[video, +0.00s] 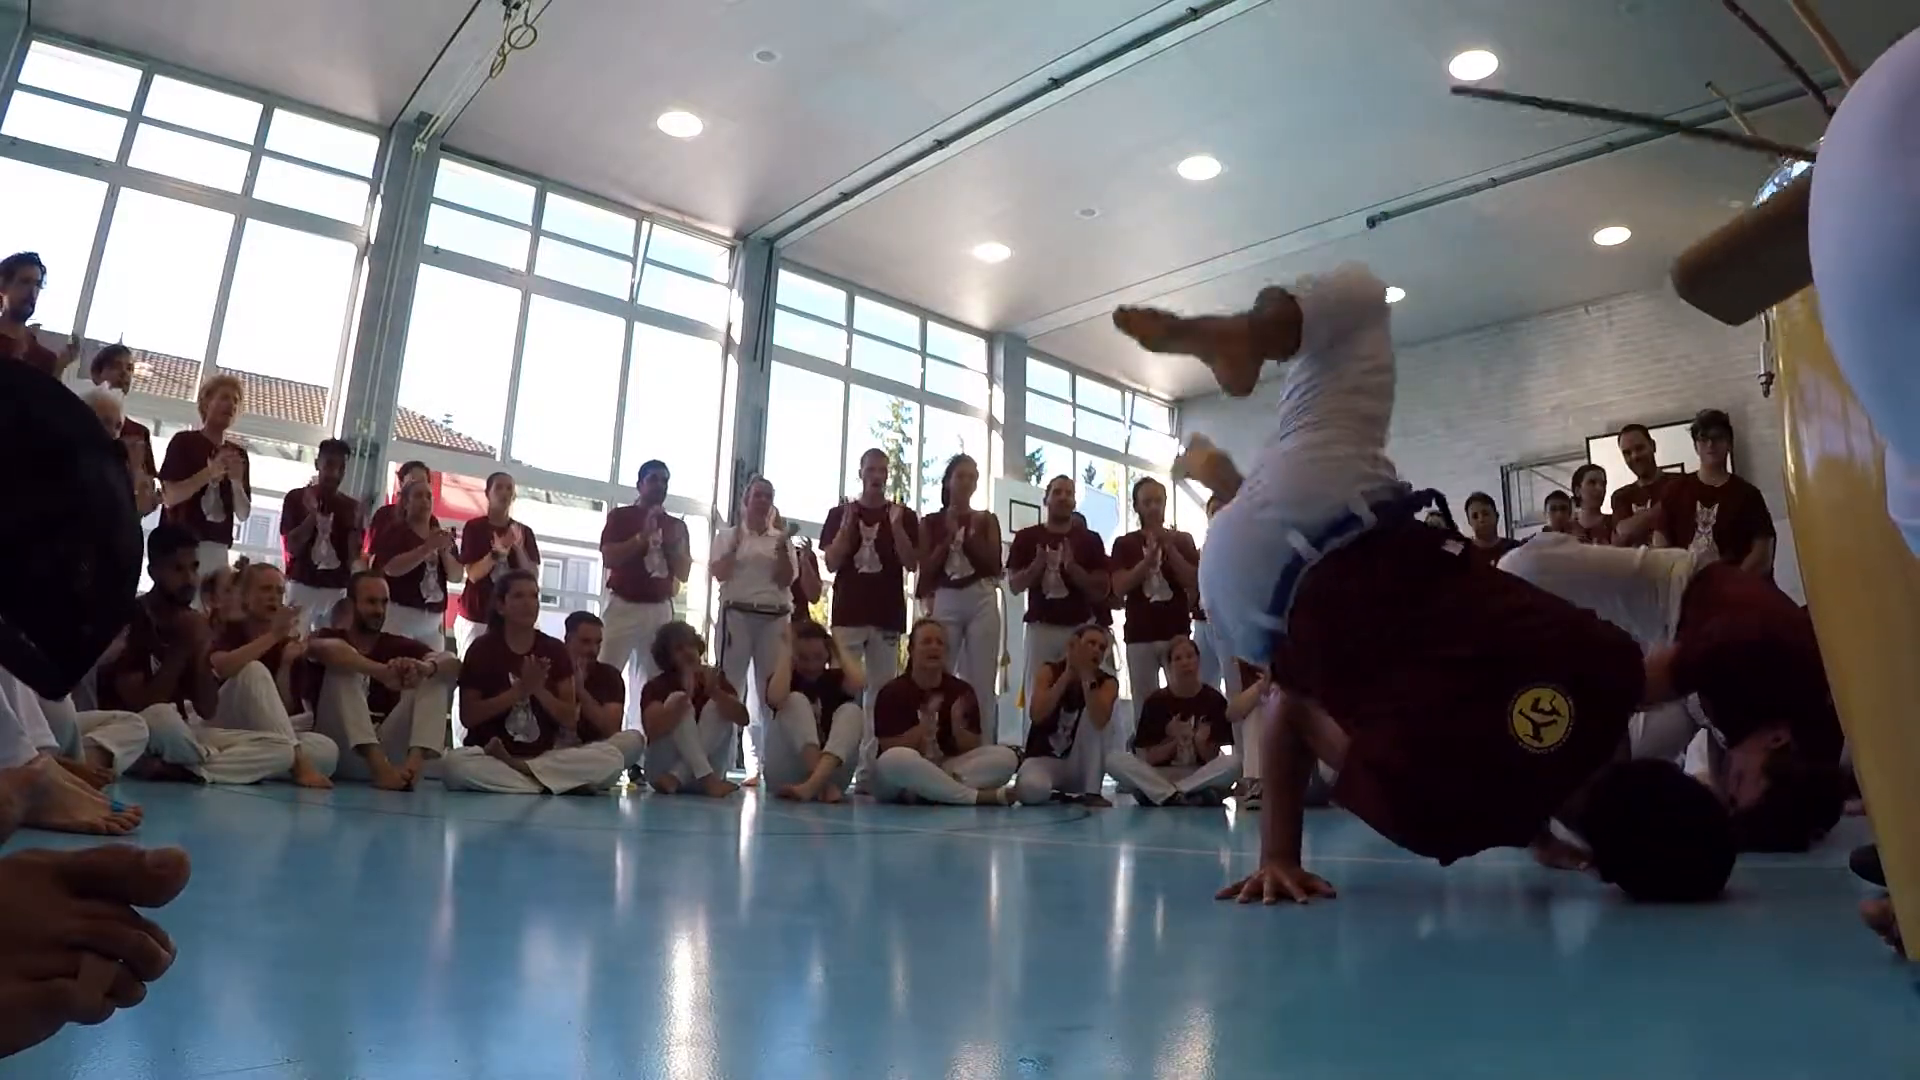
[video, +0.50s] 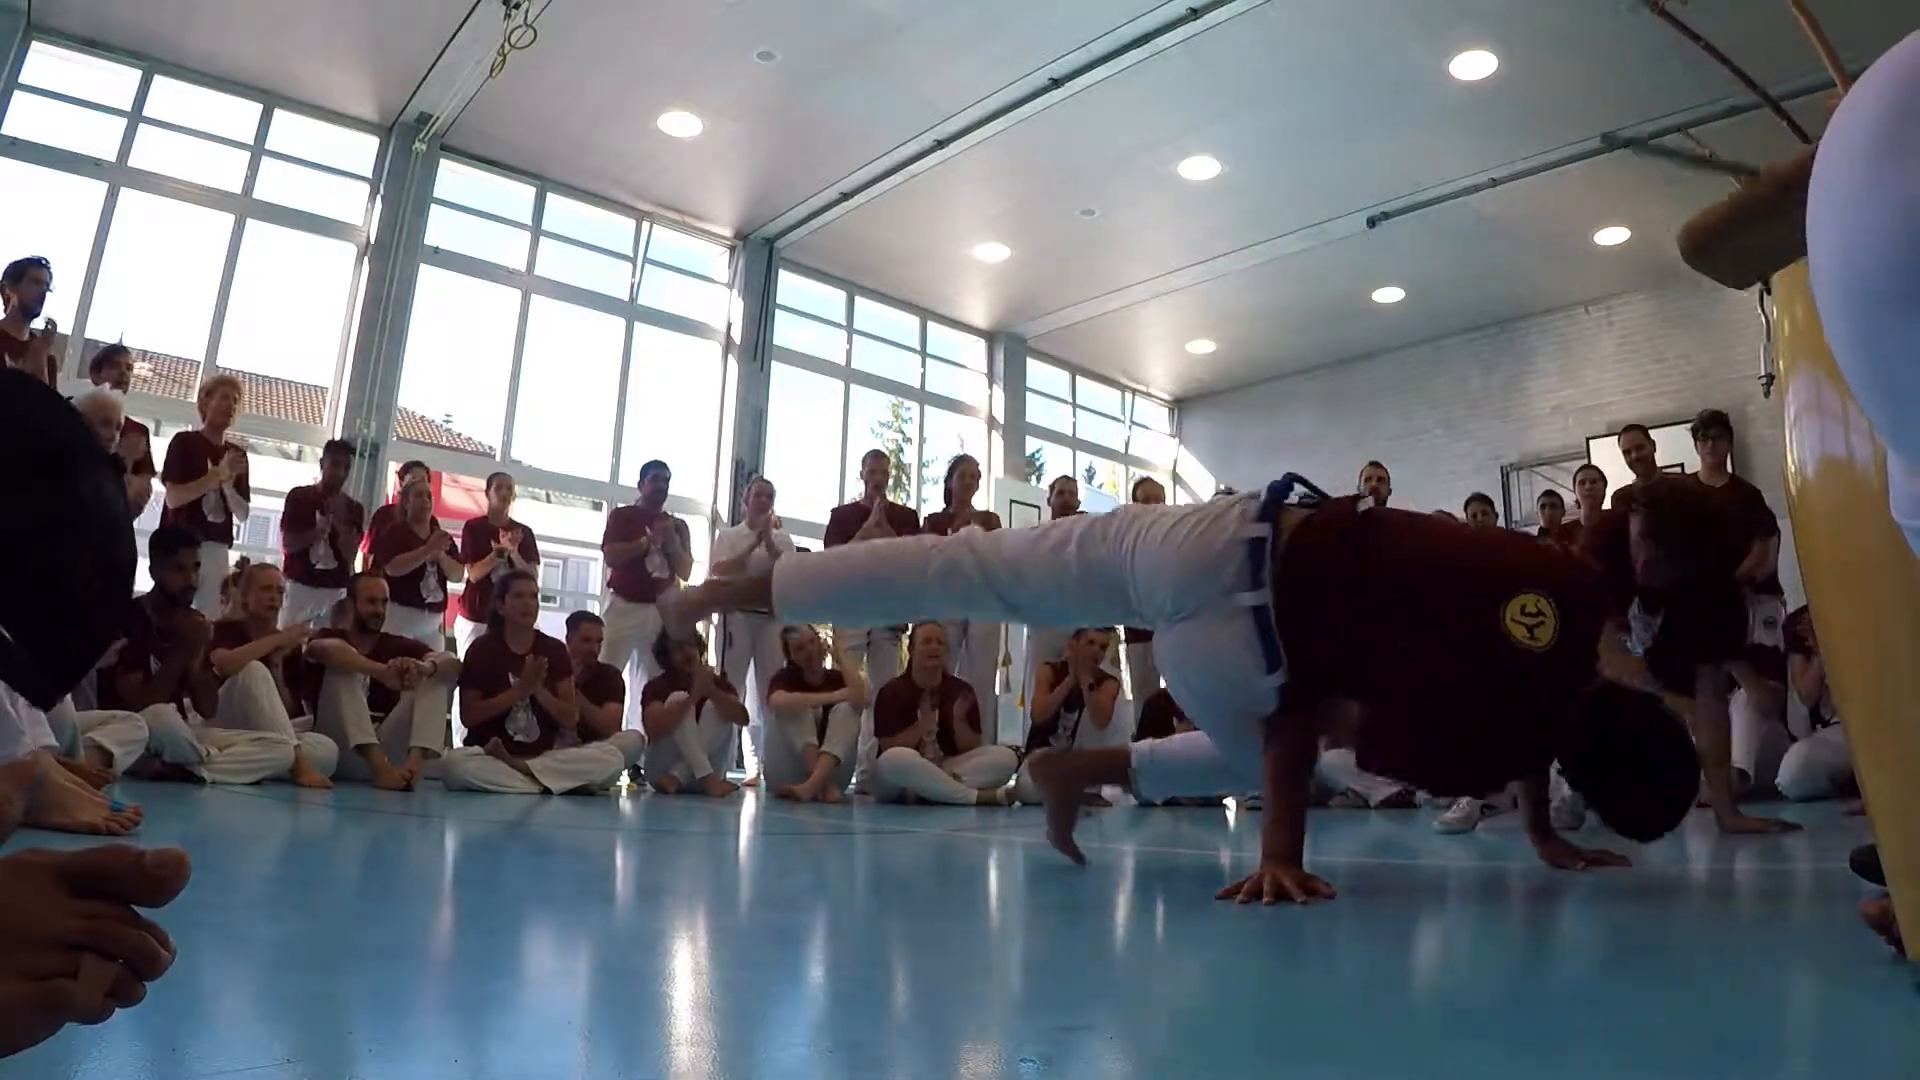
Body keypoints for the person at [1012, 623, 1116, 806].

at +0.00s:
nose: (1096, 651)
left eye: (1102, 648)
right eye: (1091, 643)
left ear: (1105, 654)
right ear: (1073, 644)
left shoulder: (1107, 682)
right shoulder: (1049, 671)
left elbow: (1099, 718)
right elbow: (1038, 715)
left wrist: (1086, 675)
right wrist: (1068, 674)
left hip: (1081, 763)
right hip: (1043, 761)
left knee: (1095, 711)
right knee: (1031, 792)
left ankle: (1093, 792)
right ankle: (1057, 797)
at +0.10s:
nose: (1096, 651)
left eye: (1102, 648)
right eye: (1091, 643)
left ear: (1105, 654)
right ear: (1074, 643)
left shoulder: (1106, 681)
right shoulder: (1049, 671)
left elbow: (1100, 718)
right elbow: (1038, 715)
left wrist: (1085, 674)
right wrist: (1069, 679)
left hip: (1081, 763)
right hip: (1043, 761)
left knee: (1095, 712)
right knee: (1031, 792)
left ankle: (1092, 792)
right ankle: (1057, 797)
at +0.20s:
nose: (1097, 650)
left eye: (1102, 647)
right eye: (1091, 643)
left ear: (1105, 655)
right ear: (1074, 645)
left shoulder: (1102, 680)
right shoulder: (1048, 671)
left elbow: (1101, 721)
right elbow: (1037, 716)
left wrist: (1089, 678)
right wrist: (1065, 675)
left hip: (1079, 763)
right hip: (1042, 762)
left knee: (1094, 712)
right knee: (1032, 791)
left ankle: (1092, 791)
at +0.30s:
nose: (1096, 651)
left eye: (1102, 647)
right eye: (1090, 643)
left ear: (1106, 654)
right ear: (1073, 645)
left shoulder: (1107, 682)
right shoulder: (1049, 671)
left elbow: (1101, 720)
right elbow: (1037, 715)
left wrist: (1089, 682)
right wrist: (1063, 676)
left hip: (1084, 760)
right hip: (1044, 757)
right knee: (1033, 790)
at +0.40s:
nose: (1096, 650)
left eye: (1102, 647)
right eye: (1090, 643)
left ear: (1105, 652)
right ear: (1074, 645)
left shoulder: (1108, 682)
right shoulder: (1049, 671)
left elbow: (1100, 721)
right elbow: (1038, 715)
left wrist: (1086, 676)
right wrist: (1070, 680)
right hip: (1042, 760)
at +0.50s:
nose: (1096, 652)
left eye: (1103, 648)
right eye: (1091, 643)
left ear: (1106, 652)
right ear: (1074, 643)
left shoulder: (1108, 682)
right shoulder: (1049, 670)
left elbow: (1101, 720)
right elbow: (1038, 715)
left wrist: (1085, 676)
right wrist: (1071, 679)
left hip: (1076, 759)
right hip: (1040, 754)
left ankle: (1011, 794)